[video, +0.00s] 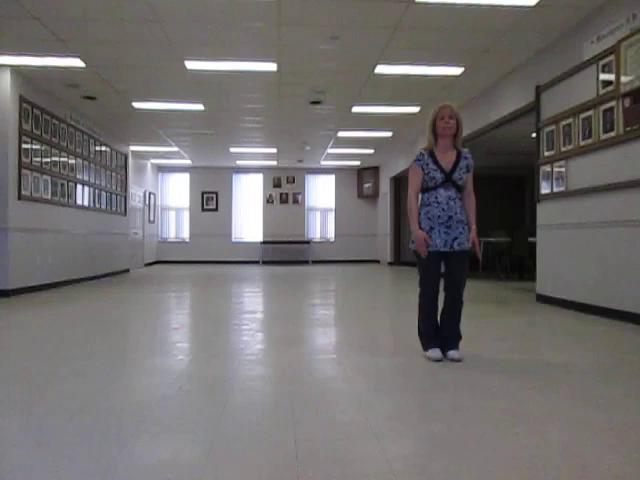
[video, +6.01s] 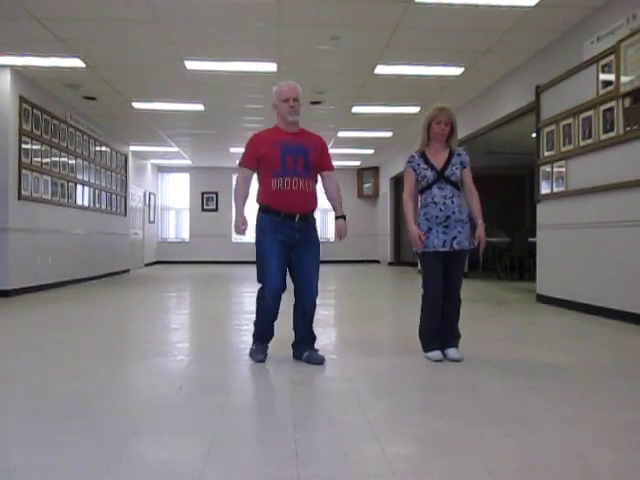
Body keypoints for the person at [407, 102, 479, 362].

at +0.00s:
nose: (447, 122)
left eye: (451, 118)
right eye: (442, 118)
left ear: (457, 125)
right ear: (434, 124)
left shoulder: (465, 158)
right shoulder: (423, 158)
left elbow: (469, 195)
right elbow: (412, 196)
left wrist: (473, 228)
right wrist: (415, 230)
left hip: (458, 229)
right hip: (429, 229)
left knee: (455, 290)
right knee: (429, 289)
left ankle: (451, 343)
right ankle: (431, 343)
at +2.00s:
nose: (443, 122)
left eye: (447, 118)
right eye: (438, 118)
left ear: (455, 125)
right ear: (431, 125)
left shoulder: (464, 158)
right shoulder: (420, 158)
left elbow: (469, 193)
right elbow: (411, 196)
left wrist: (474, 226)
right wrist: (414, 228)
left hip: (458, 229)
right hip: (430, 229)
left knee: (453, 290)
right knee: (432, 290)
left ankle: (450, 343)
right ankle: (431, 344)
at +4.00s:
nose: (447, 125)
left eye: (451, 122)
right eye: (443, 121)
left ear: (455, 128)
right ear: (432, 126)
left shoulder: (461, 160)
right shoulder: (418, 160)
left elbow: (470, 195)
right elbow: (409, 197)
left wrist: (477, 229)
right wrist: (415, 226)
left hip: (457, 231)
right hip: (429, 232)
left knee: (453, 291)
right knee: (434, 290)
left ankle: (451, 343)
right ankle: (431, 344)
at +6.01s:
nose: (442, 128)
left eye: (447, 124)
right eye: (437, 123)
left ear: (452, 129)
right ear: (429, 126)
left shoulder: (460, 157)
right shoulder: (416, 159)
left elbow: (470, 190)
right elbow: (408, 195)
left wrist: (479, 222)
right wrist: (411, 225)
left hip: (458, 229)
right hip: (429, 230)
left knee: (453, 289)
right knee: (433, 288)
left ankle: (451, 342)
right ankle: (431, 344)